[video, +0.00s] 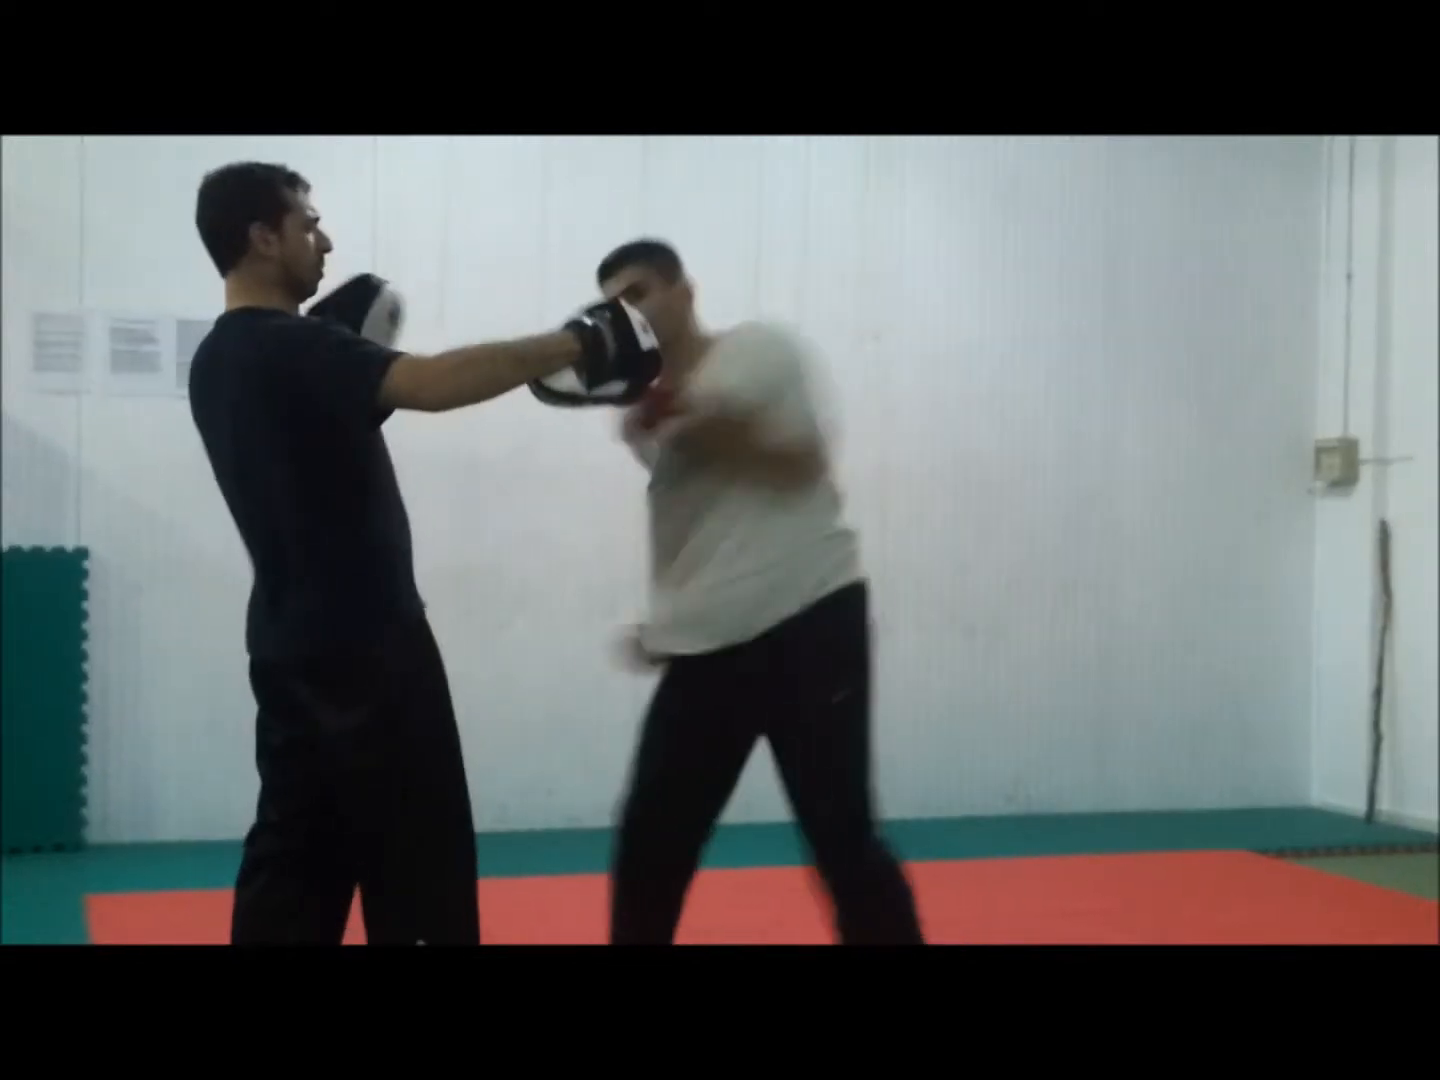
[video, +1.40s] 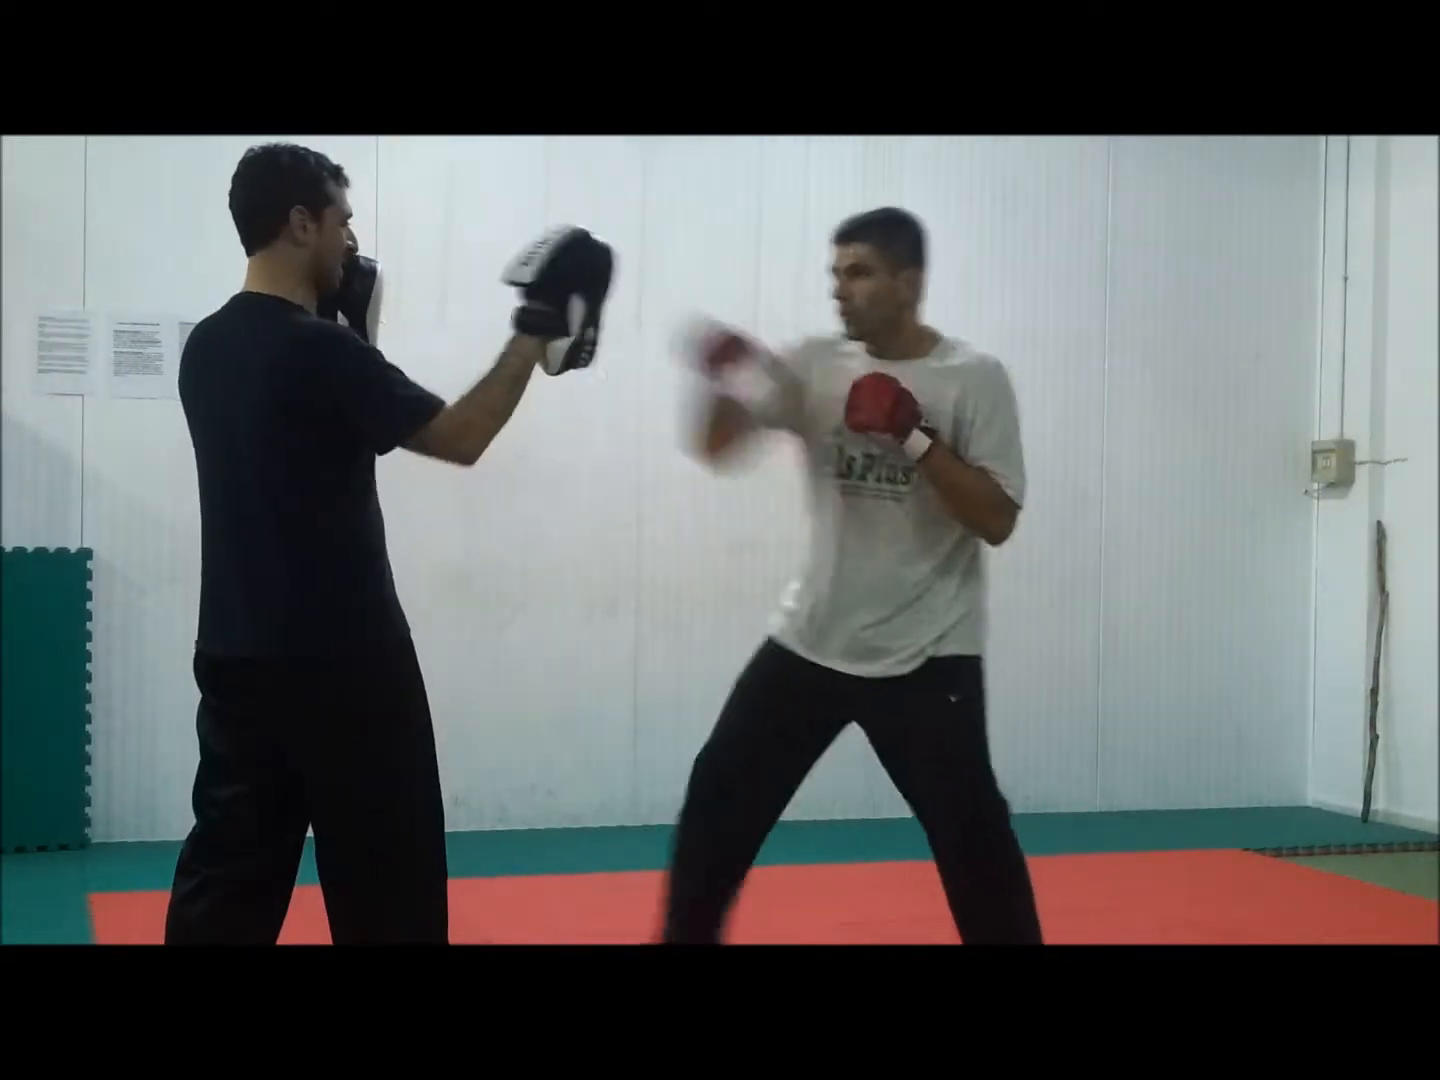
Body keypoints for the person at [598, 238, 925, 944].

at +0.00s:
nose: (631, 314)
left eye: (640, 293)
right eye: (617, 305)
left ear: (683, 288)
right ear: (614, 322)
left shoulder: (761, 348)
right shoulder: (650, 405)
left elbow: (804, 463)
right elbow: (692, 535)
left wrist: (708, 429)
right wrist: (667, 627)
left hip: (808, 621)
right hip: (711, 644)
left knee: (842, 838)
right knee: (650, 847)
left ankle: (892, 941)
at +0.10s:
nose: (654, 309)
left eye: (659, 288)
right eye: (638, 307)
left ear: (697, 278)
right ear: (638, 329)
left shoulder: (792, 337)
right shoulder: (655, 399)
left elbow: (875, 422)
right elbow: (642, 493)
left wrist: (781, 357)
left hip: (848, 576)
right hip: (742, 601)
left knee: (896, 799)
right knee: (708, 812)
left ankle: (915, 939)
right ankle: (680, 938)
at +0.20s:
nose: (650, 314)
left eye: (657, 292)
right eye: (636, 309)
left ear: (703, 280)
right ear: (640, 328)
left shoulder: (797, 336)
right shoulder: (656, 390)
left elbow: (872, 428)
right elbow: (678, 479)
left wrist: (781, 363)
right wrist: (685, 371)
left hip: (856, 577)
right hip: (752, 602)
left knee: (902, 813)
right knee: (727, 822)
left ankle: (913, 941)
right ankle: (714, 941)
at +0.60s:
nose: (687, 268)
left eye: (702, 249)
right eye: (686, 254)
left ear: (759, 249)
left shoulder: (860, 329)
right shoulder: (709, 374)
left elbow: (883, 457)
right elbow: (717, 521)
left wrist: (785, 373)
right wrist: (712, 488)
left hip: (866, 621)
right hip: (758, 622)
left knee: (924, 823)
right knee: (716, 831)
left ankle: (967, 943)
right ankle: (705, 945)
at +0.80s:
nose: (769, 287)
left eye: (786, 270)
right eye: (771, 271)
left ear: (844, 277)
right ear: (824, 284)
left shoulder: (930, 376)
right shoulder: (813, 398)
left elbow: (928, 521)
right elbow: (817, 534)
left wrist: (831, 436)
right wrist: (765, 521)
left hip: (914, 665)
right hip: (813, 658)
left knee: (951, 849)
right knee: (733, 836)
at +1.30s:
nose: (854, 297)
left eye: (872, 282)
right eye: (852, 281)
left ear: (927, 290)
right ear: (857, 285)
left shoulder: (988, 387)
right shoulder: (845, 377)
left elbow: (1005, 529)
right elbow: (791, 497)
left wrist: (918, 442)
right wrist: (797, 428)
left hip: (944, 658)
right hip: (837, 643)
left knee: (983, 846)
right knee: (739, 781)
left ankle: (1019, 944)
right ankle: (737, 940)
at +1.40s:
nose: (838, 288)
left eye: (857, 273)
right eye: (835, 274)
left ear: (910, 279)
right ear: (835, 279)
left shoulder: (974, 380)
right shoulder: (812, 364)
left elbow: (998, 520)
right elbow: (719, 447)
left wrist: (916, 438)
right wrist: (725, 383)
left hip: (927, 654)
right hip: (812, 642)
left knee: (974, 841)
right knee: (717, 806)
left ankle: (1014, 948)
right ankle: (685, 940)